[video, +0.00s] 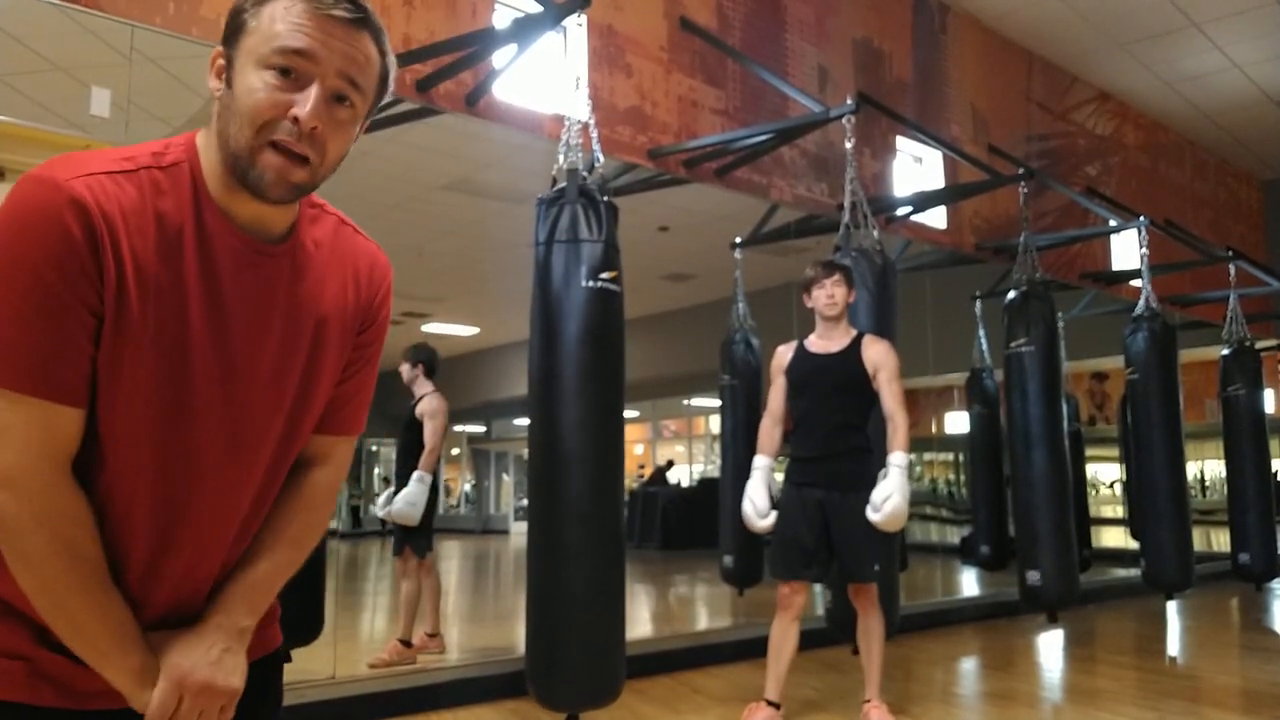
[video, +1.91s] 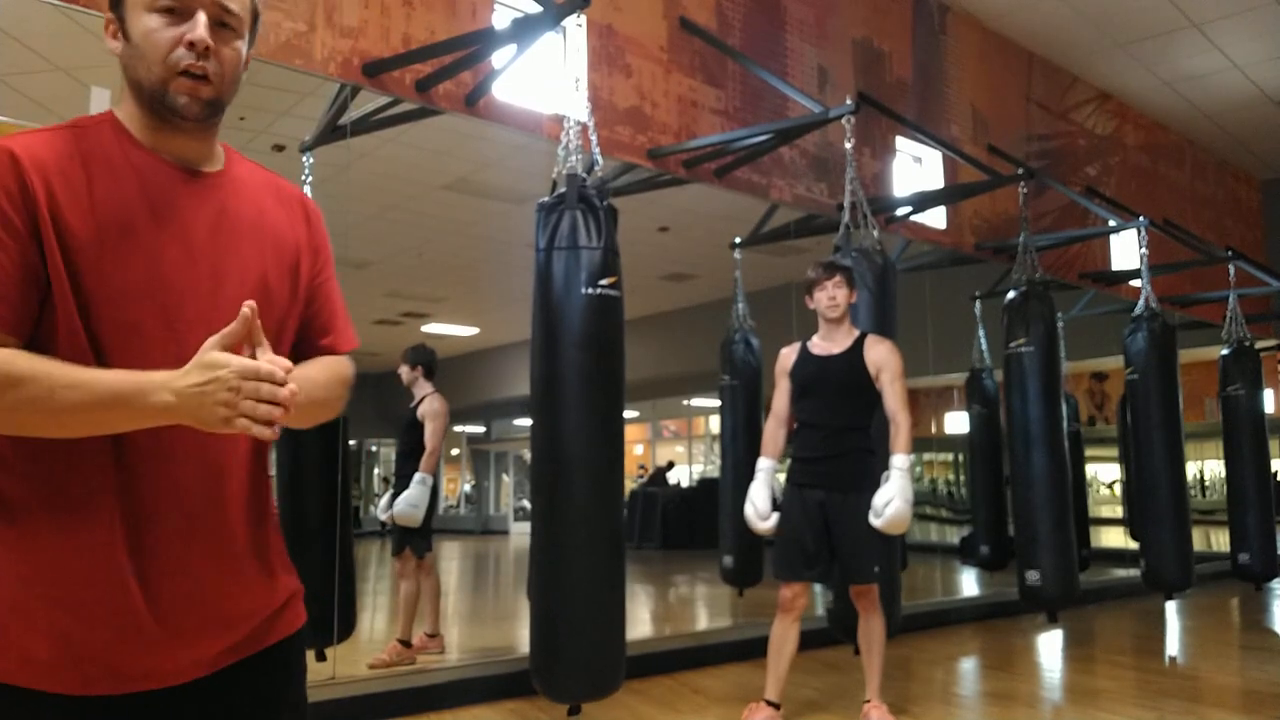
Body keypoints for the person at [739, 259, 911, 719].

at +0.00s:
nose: (830, 293)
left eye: (837, 286)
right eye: (822, 287)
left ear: (851, 295)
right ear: (808, 298)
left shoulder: (875, 350)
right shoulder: (787, 355)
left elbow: (896, 417)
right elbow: (773, 420)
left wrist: (897, 471)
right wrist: (760, 475)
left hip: (859, 491)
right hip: (801, 491)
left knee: (865, 596)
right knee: (788, 597)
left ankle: (872, 700)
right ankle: (770, 702)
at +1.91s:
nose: (831, 294)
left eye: (839, 287)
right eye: (823, 289)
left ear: (852, 296)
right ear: (811, 299)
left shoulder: (879, 351)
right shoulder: (791, 356)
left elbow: (899, 418)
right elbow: (777, 422)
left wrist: (899, 475)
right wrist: (763, 479)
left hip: (860, 493)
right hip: (803, 492)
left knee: (866, 597)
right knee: (789, 599)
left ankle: (873, 701)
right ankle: (770, 703)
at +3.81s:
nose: (822, 296)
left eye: (830, 288)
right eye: (815, 290)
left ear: (847, 295)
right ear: (806, 300)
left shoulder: (875, 350)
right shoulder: (789, 356)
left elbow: (895, 418)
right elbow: (775, 421)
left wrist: (894, 476)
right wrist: (761, 479)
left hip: (858, 491)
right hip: (801, 491)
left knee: (865, 596)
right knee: (789, 599)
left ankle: (873, 700)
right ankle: (771, 702)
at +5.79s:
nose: (880, 294)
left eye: (890, 285)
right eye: (871, 285)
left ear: (908, 292)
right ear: (860, 291)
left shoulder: (924, 350)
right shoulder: (830, 338)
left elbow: (937, 420)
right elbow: (792, 404)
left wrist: (925, 436)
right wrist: (776, 466)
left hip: (888, 497)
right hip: (829, 494)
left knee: (895, 610)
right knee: (792, 605)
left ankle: (894, 716)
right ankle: (749, 689)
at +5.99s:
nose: (881, 292)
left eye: (890, 282)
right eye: (871, 283)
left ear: (907, 290)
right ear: (859, 290)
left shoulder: (923, 350)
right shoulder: (829, 337)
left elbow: (937, 419)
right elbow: (791, 403)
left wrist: (925, 434)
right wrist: (775, 465)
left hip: (887, 496)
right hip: (829, 493)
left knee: (893, 609)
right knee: (793, 605)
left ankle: (894, 716)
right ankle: (751, 690)